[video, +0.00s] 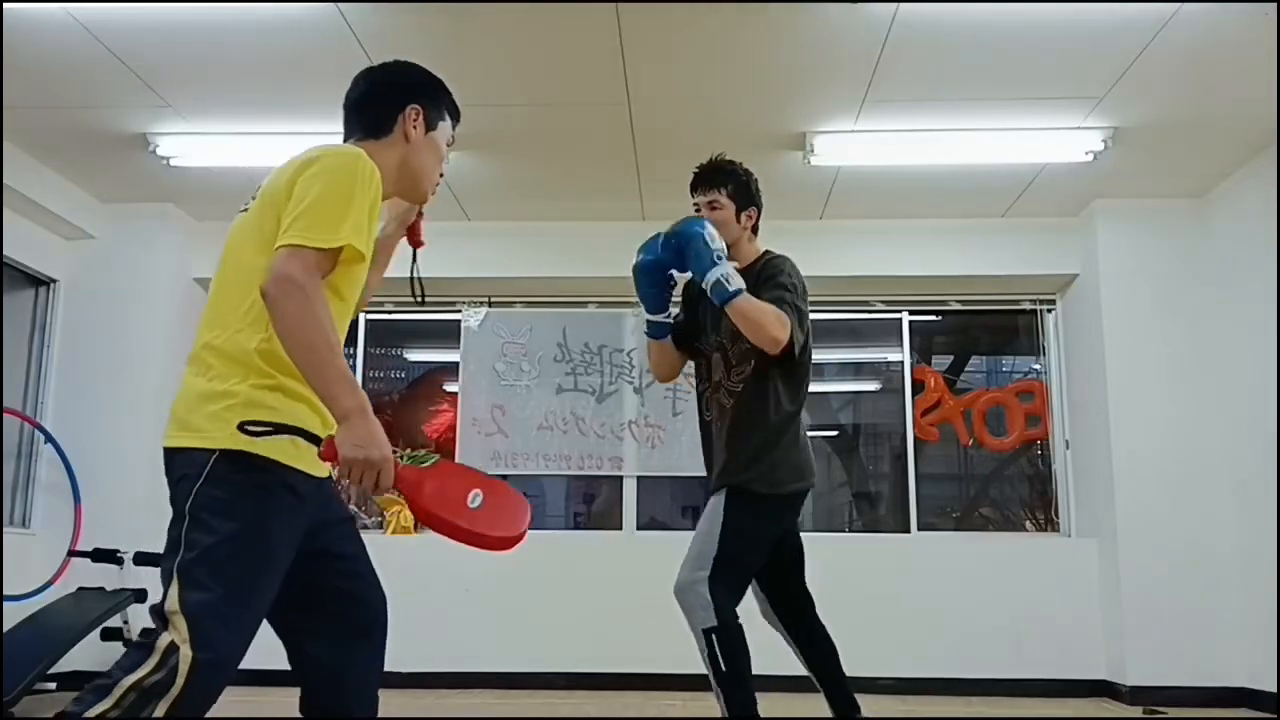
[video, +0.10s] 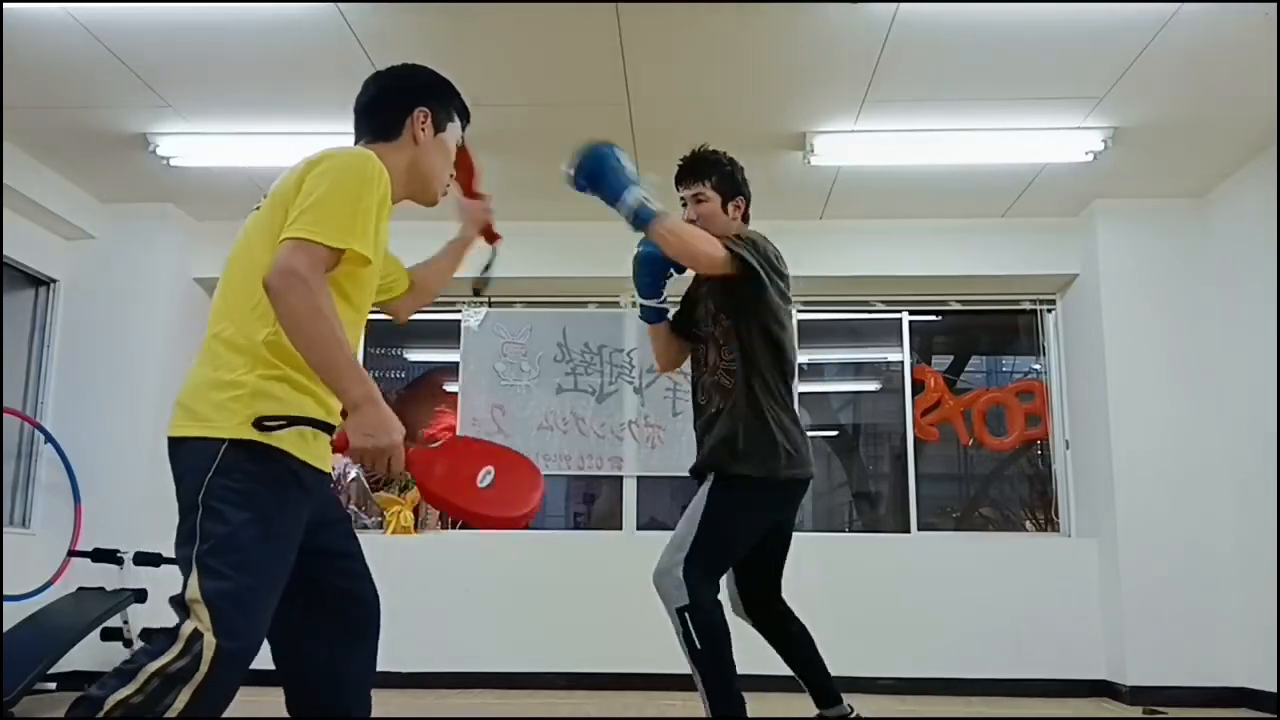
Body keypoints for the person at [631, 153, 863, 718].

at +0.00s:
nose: (701, 217)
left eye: (713, 205)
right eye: (695, 207)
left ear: (749, 216)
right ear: (696, 219)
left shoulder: (777, 274)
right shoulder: (704, 288)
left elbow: (775, 335)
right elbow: (665, 368)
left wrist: (716, 272)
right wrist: (656, 310)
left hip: (766, 470)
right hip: (742, 470)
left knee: (699, 591)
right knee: (787, 606)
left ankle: (742, 714)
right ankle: (848, 711)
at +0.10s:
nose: (687, 214)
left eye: (699, 200)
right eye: (681, 206)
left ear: (738, 208)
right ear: (682, 214)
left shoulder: (759, 253)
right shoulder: (704, 281)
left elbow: (702, 256)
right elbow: (669, 358)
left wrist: (631, 201)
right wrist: (654, 299)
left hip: (756, 460)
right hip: (761, 462)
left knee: (680, 577)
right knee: (758, 598)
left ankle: (728, 713)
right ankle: (836, 709)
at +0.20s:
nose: (690, 229)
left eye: (704, 216)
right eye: (687, 218)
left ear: (742, 222)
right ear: (684, 223)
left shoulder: (756, 272)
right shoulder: (705, 291)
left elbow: (684, 276)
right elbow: (658, 374)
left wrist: (611, 206)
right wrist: (653, 313)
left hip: (748, 476)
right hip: (727, 476)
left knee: (679, 625)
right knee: (762, 625)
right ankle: (843, 713)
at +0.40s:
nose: (655, 257)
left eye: (662, 244)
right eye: (652, 247)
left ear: (699, 243)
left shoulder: (721, 287)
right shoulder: (659, 321)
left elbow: (736, 348)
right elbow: (698, 405)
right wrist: (665, 362)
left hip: (736, 494)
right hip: (773, 499)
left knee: (629, 604)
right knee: (733, 606)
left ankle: (650, 712)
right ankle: (801, 711)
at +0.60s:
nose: (660, 243)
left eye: (672, 231)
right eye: (656, 235)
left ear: (709, 238)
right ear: (655, 247)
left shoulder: (756, 303)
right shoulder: (658, 326)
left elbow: (838, 371)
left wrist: (786, 414)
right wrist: (606, 335)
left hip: (742, 497)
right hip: (688, 500)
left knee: (657, 595)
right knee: (716, 648)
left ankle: (660, 712)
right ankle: (795, 717)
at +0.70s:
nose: (669, 226)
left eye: (683, 214)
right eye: (661, 217)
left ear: (716, 226)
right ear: (654, 228)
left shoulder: (754, 299)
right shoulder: (631, 291)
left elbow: (827, 378)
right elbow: (546, 288)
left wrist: (804, 378)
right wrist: (548, 233)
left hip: (734, 484)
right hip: (668, 487)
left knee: (659, 587)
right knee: (733, 624)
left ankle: (662, 714)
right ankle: (804, 714)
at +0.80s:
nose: (635, 203)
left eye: (648, 189)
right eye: (628, 193)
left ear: (685, 200)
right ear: (623, 206)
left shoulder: (730, 269)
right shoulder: (624, 265)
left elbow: (804, 353)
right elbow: (547, 295)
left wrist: (774, 337)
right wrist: (545, 251)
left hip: (717, 469)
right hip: (669, 468)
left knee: (635, 589)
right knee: (726, 616)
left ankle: (646, 715)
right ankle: (791, 714)